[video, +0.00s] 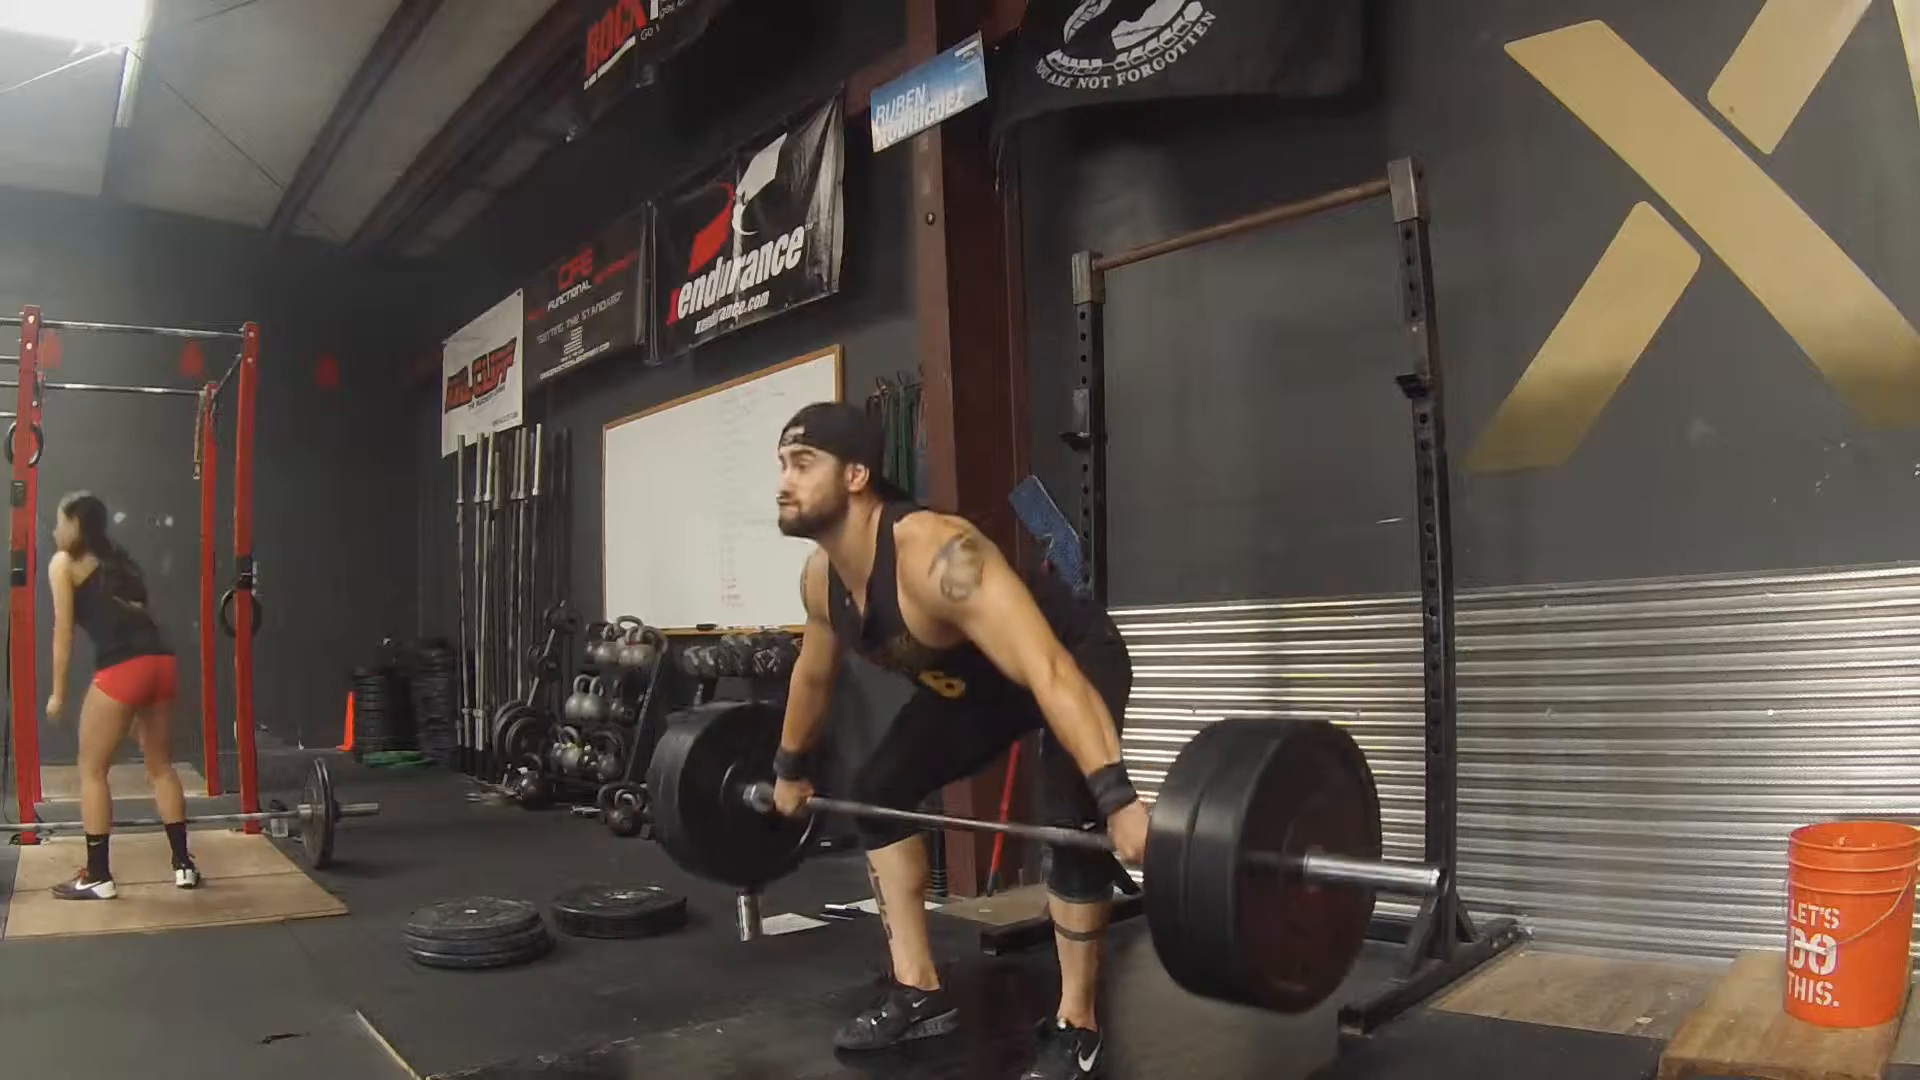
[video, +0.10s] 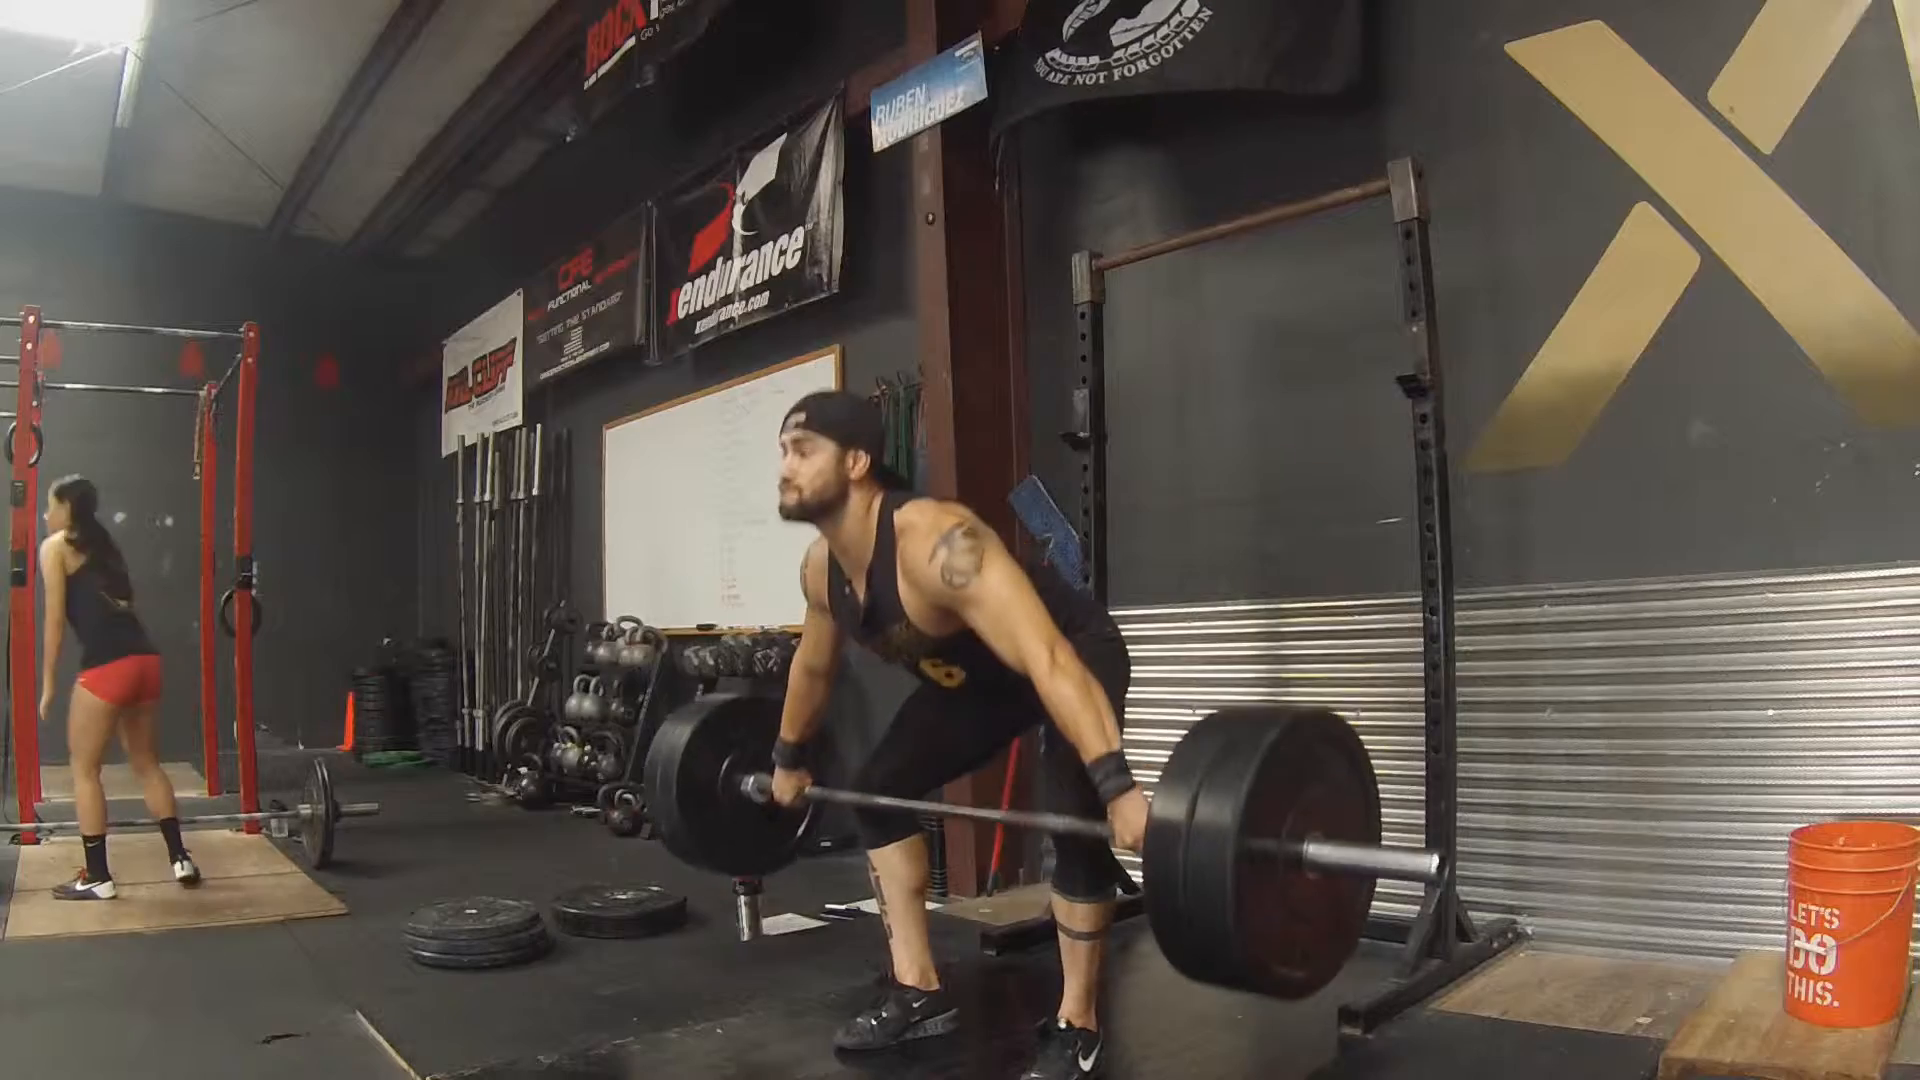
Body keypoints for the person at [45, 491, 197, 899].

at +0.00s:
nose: (56, 530)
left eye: (61, 522)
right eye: (58, 521)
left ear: (79, 526)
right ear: (95, 527)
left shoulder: (63, 563)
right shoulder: (117, 558)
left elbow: (63, 631)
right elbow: (137, 621)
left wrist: (58, 691)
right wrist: (138, 703)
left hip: (121, 669)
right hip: (161, 663)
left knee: (93, 770)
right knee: (161, 768)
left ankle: (98, 875)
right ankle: (184, 864)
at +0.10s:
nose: (46, 512)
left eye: (51, 505)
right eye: (49, 504)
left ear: (67, 508)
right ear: (83, 508)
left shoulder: (54, 546)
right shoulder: (104, 541)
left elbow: (56, 618)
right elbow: (120, 605)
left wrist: (49, 682)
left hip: (105, 665)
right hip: (145, 659)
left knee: (85, 771)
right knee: (147, 765)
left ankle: (97, 875)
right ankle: (180, 858)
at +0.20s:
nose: (36, 501)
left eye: (40, 494)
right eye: (38, 493)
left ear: (57, 498)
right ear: (71, 498)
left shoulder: (45, 535)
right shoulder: (87, 532)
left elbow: (46, 607)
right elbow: (99, 597)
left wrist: (36, 667)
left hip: (89, 665)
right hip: (125, 659)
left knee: (79, 773)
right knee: (124, 759)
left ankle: (97, 876)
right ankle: (172, 847)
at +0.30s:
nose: (24, 495)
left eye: (29, 488)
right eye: (26, 487)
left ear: (46, 493)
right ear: (59, 494)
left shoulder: (39, 529)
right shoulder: (75, 526)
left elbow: (41, 600)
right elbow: (86, 592)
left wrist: (22, 658)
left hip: (78, 668)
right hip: (107, 661)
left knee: (74, 773)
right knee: (101, 766)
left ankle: (97, 876)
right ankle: (160, 836)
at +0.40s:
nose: (13, 493)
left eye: (18, 485)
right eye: (15, 485)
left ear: (37, 490)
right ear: (45, 489)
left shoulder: (36, 526)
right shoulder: (59, 523)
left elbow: (40, 596)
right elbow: (55, 595)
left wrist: (12, 645)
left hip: (69, 663)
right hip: (79, 658)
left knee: (68, 771)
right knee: (57, 765)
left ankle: (97, 877)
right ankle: (128, 830)